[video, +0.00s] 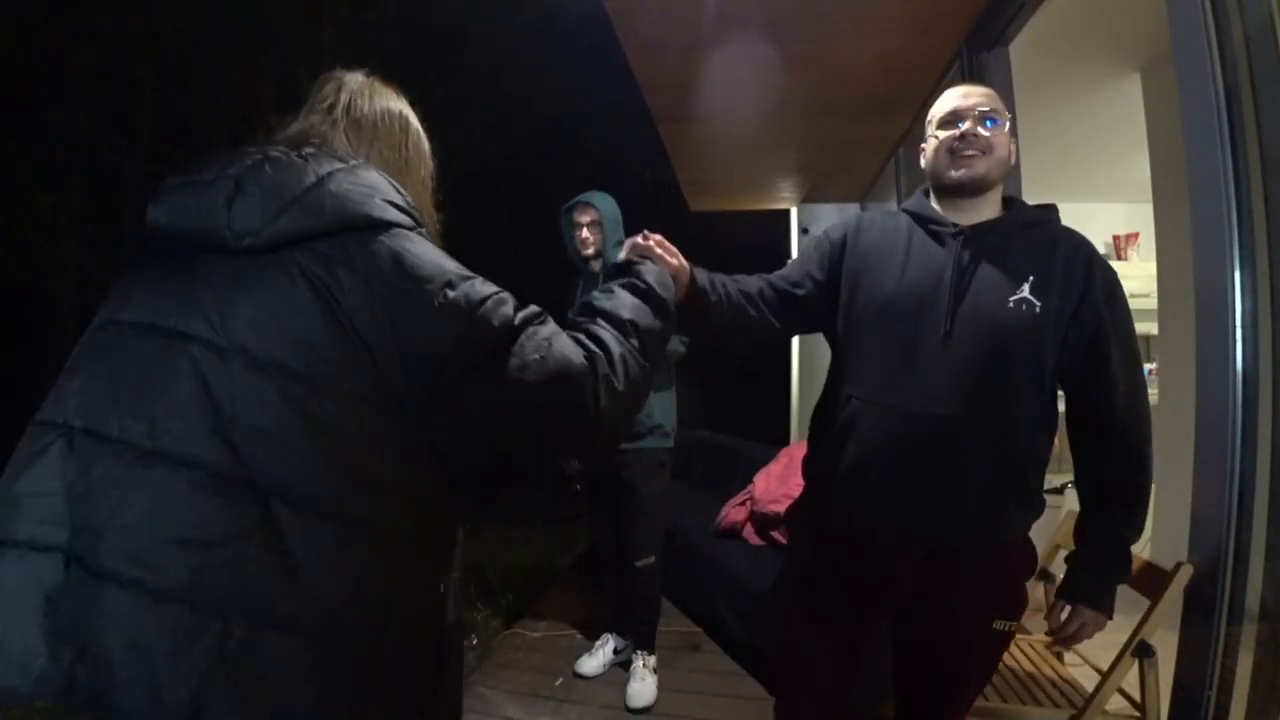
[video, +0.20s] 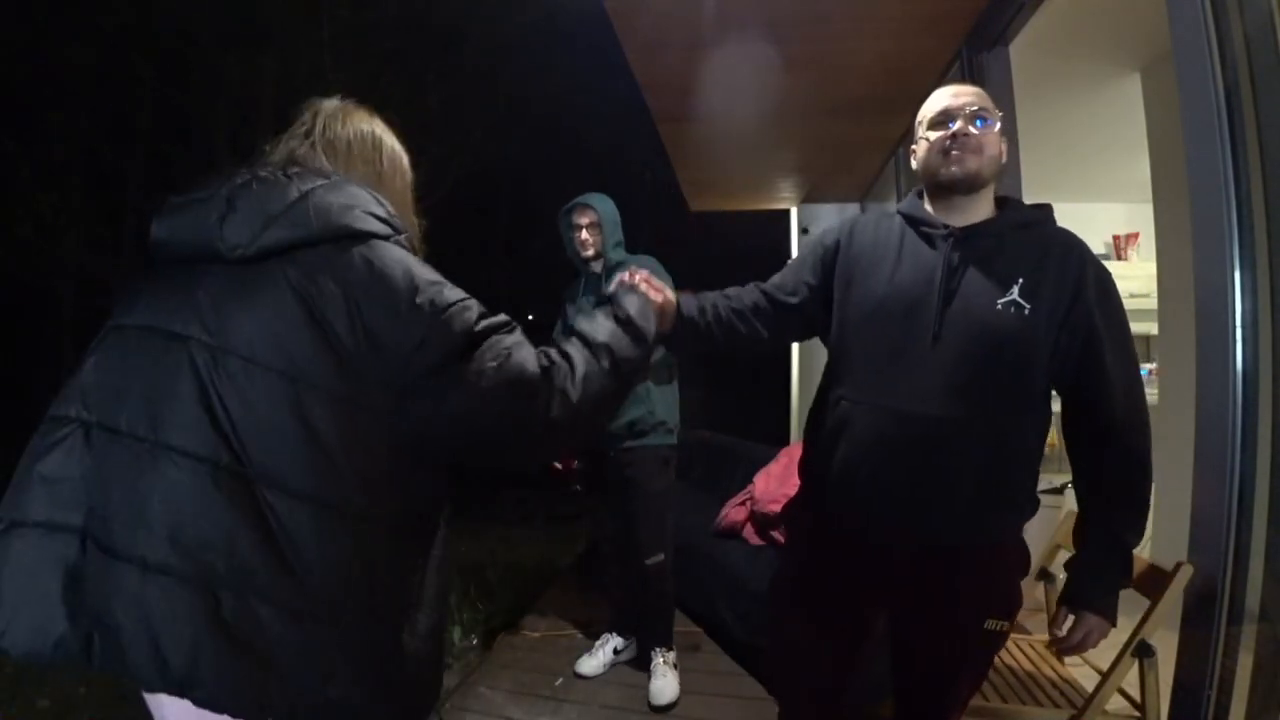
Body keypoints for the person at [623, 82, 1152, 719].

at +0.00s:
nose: (967, 129)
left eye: (987, 118)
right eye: (948, 121)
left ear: (1015, 151)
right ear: (921, 154)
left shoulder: (1069, 263)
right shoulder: (860, 236)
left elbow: (1116, 432)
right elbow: (774, 299)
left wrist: (1096, 574)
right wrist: (690, 284)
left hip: (975, 553)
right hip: (840, 537)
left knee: (933, 705)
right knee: (814, 700)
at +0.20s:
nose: (957, 128)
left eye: (977, 117)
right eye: (937, 122)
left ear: (1005, 147)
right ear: (913, 157)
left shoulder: (1061, 262)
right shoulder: (853, 237)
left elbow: (1113, 431)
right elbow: (769, 307)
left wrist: (1098, 579)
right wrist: (676, 312)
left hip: (968, 556)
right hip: (834, 539)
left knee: (929, 704)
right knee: (814, 700)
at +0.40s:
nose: (929, 130)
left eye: (948, 119)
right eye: (909, 125)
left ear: (980, 149)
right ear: (888, 159)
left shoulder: (1038, 257)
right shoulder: (835, 246)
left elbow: (1096, 427)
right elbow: (750, 327)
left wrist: (1077, 574)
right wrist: (665, 386)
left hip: (957, 546)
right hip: (827, 532)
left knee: (924, 705)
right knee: (813, 700)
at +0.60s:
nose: (888, 135)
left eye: (906, 123)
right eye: (870, 129)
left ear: (935, 147)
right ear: (848, 164)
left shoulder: (998, 252)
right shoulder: (802, 259)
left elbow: (1065, 416)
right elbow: (741, 361)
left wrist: (1043, 567)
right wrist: (694, 445)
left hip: (940, 537)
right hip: (812, 532)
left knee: (913, 703)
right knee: (811, 697)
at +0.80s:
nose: (849, 141)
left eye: (867, 130)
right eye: (831, 136)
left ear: (895, 153)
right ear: (812, 169)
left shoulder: (959, 247)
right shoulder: (774, 263)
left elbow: (1032, 406)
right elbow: (730, 385)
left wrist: (1006, 555)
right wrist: (728, 490)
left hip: (918, 532)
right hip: (799, 532)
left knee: (902, 702)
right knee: (812, 698)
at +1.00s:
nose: (824, 146)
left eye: (841, 134)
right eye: (806, 141)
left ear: (870, 158)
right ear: (789, 173)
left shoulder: (933, 241)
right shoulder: (755, 273)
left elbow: (1013, 393)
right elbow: (725, 398)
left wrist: (977, 537)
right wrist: (724, 501)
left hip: (909, 532)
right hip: (791, 533)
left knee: (897, 702)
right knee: (811, 700)